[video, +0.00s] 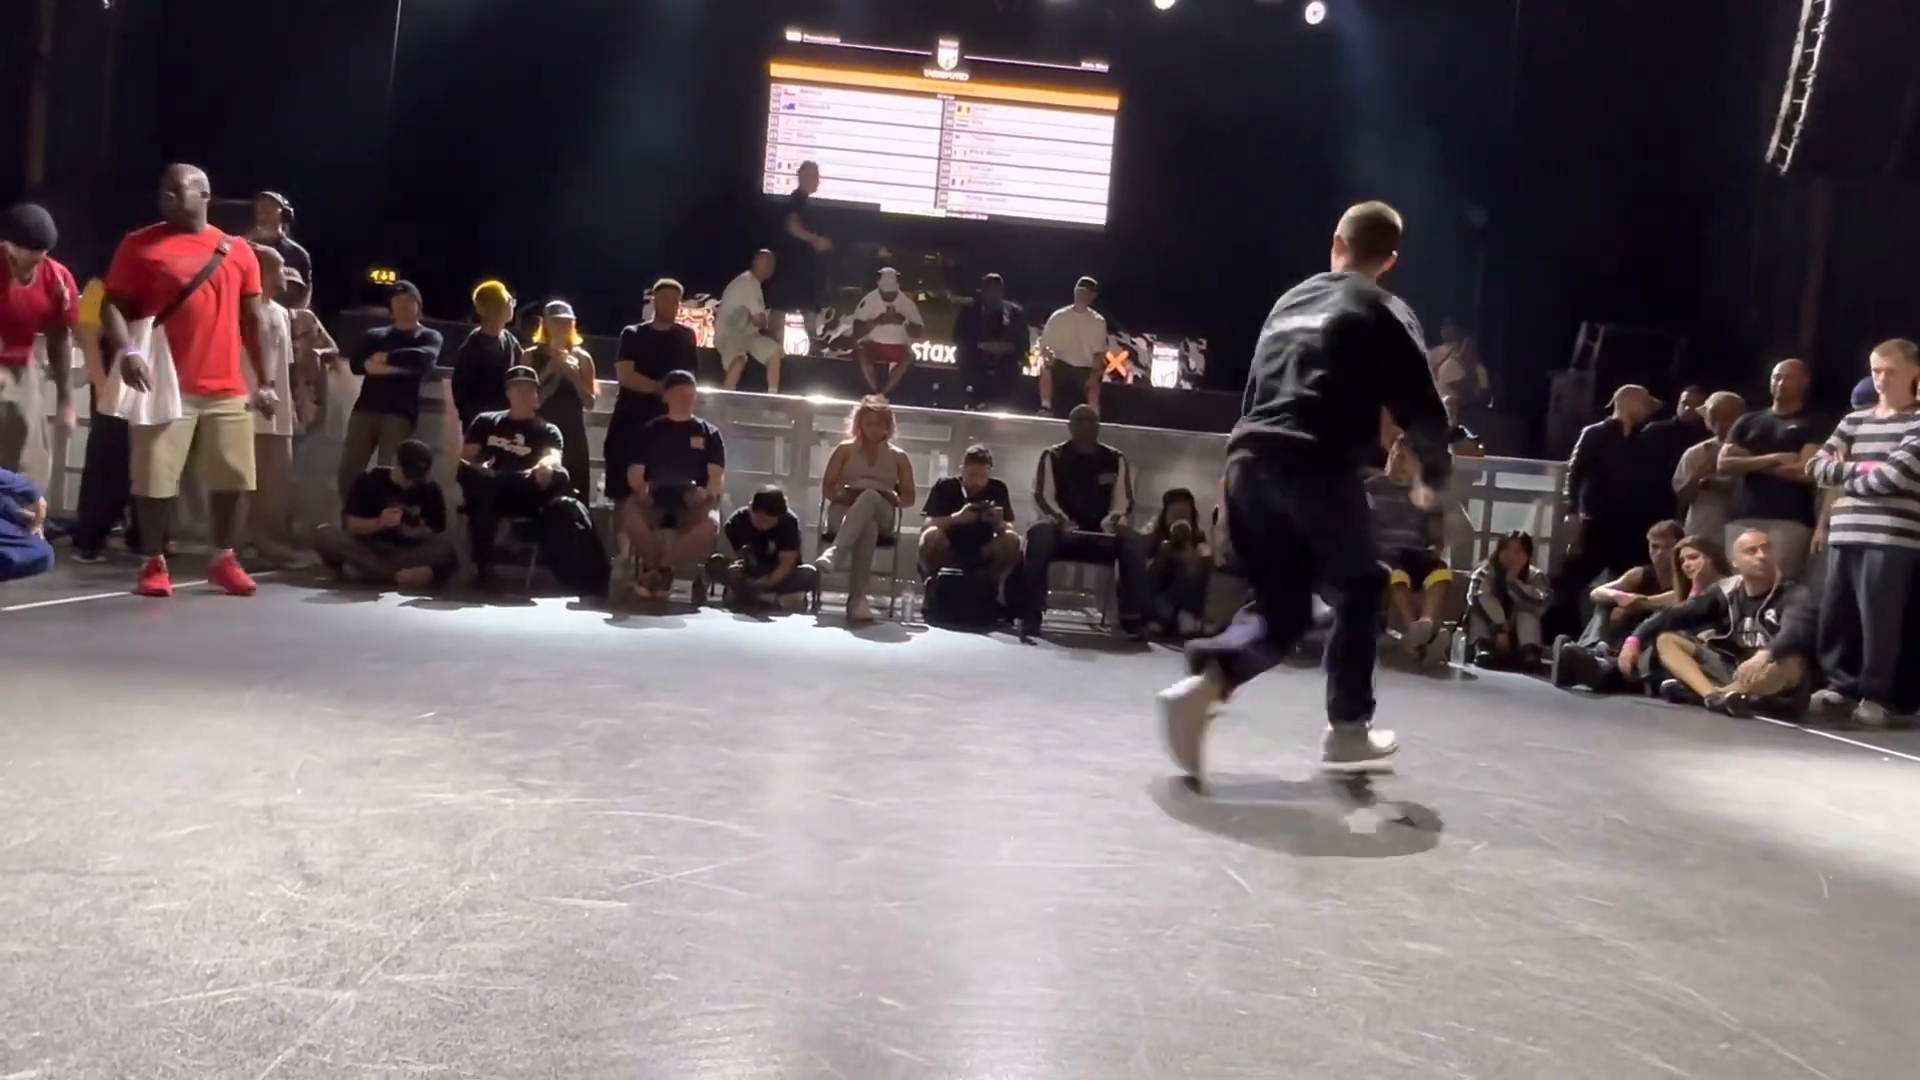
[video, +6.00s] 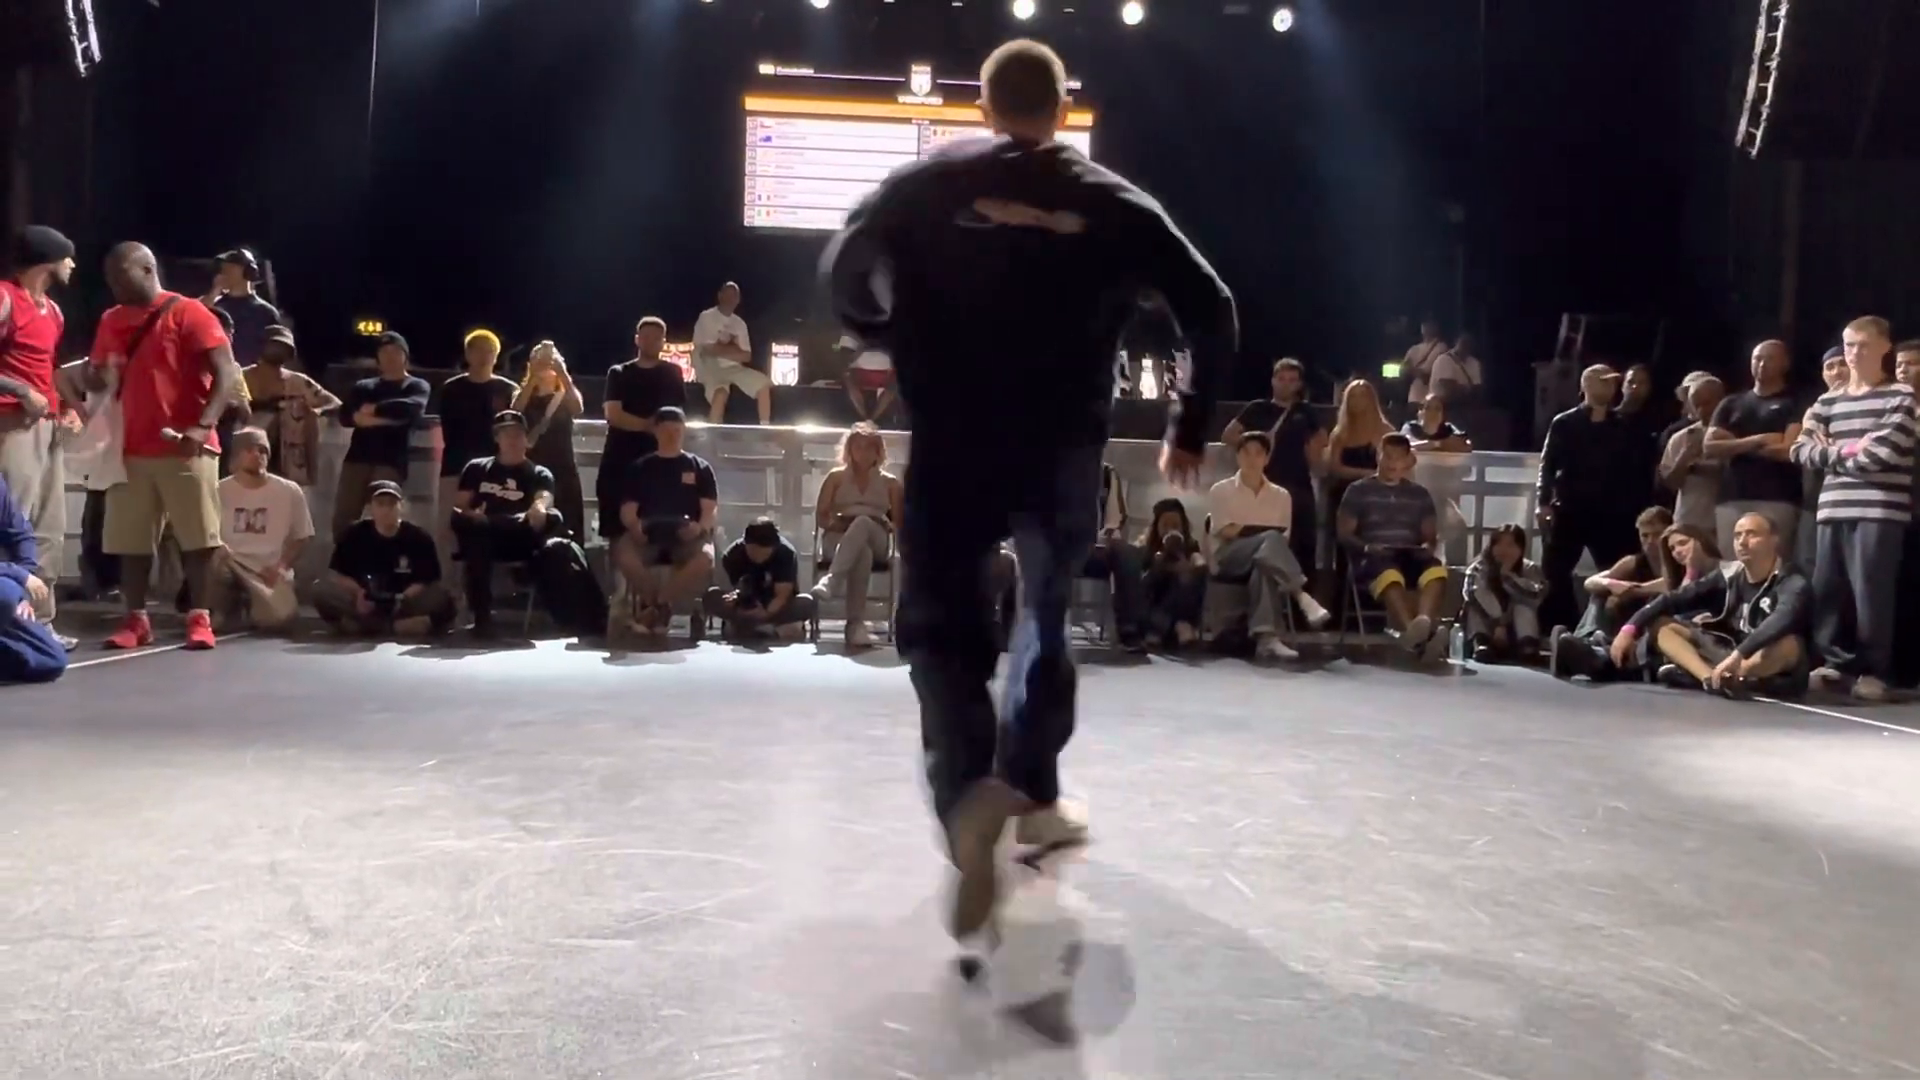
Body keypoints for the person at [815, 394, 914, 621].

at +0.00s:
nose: (874, 429)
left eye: (880, 424)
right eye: (869, 424)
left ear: (889, 426)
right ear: (859, 425)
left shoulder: (898, 457)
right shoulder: (845, 450)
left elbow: (908, 499)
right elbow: (828, 489)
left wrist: (884, 494)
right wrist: (852, 499)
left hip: (883, 518)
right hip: (843, 513)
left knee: (869, 496)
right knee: (868, 525)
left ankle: (835, 551)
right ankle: (857, 599)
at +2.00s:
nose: (874, 427)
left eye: (879, 421)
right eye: (868, 421)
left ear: (888, 425)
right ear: (858, 423)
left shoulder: (898, 457)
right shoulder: (845, 449)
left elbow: (908, 498)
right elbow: (828, 489)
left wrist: (890, 500)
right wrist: (848, 498)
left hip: (883, 517)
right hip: (844, 511)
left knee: (869, 496)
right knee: (869, 526)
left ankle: (835, 552)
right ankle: (857, 598)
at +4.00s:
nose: (853, 439)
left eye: (858, 433)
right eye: (847, 433)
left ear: (866, 438)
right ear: (836, 436)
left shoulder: (876, 470)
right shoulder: (822, 464)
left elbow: (886, 511)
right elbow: (808, 505)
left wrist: (863, 510)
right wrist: (835, 513)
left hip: (862, 531)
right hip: (823, 526)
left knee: (847, 509)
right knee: (847, 538)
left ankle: (814, 565)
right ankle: (838, 612)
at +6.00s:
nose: (864, 452)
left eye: (870, 447)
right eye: (859, 447)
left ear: (879, 452)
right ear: (849, 450)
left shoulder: (890, 484)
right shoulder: (836, 478)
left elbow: (899, 526)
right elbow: (822, 518)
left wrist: (880, 522)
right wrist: (843, 524)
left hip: (878, 543)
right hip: (838, 540)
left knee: (862, 523)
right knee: (863, 552)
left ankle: (830, 580)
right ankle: (855, 625)